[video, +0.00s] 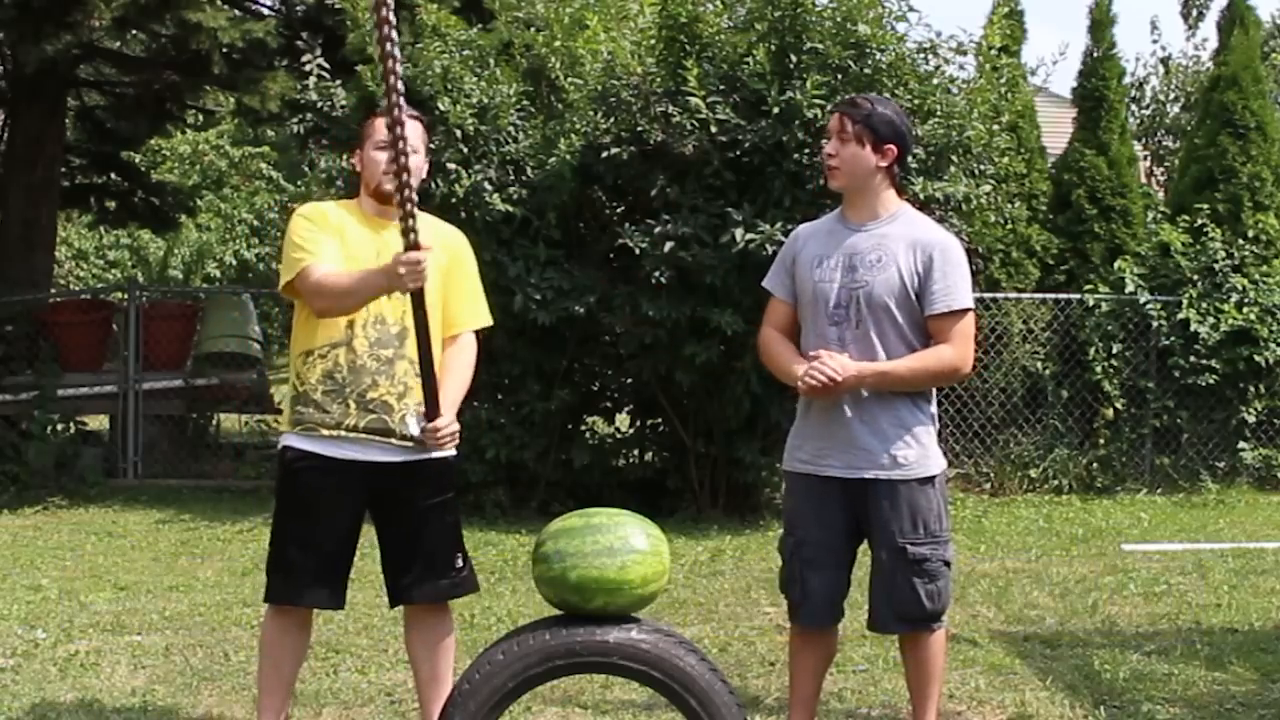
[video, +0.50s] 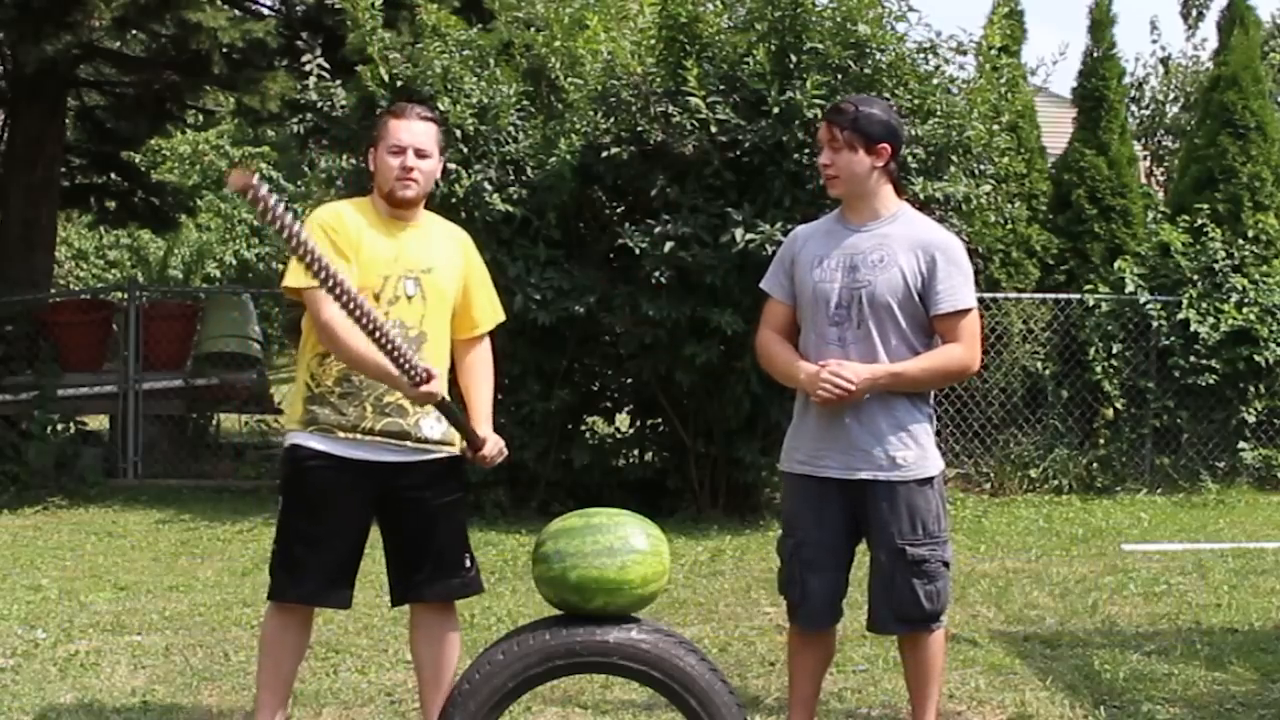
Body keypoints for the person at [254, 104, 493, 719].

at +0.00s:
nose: (398, 157)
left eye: (409, 148)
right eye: (385, 146)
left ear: (426, 163)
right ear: (357, 158)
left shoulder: (448, 240)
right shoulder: (314, 221)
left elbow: (462, 336)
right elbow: (317, 292)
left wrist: (445, 407)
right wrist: (384, 277)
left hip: (417, 453)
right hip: (320, 449)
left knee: (430, 599)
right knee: (292, 600)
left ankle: (438, 715)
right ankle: (271, 715)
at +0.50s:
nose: (409, 164)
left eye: (422, 154)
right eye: (396, 151)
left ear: (440, 167)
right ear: (371, 159)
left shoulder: (456, 245)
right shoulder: (330, 223)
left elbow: (473, 342)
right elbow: (329, 322)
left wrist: (481, 423)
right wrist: (396, 374)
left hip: (425, 454)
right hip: (328, 449)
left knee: (437, 597)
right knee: (295, 595)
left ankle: (439, 716)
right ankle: (269, 714)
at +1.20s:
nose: (383, 149)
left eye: (398, 141)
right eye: (371, 139)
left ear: (420, 159)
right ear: (353, 155)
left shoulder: (450, 238)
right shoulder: (315, 225)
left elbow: (481, 317)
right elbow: (307, 324)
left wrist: (486, 371)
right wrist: (391, 343)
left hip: (419, 451)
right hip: (322, 449)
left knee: (430, 599)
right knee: (291, 598)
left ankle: (438, 716)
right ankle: (269, 715)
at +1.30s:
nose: (382, 147)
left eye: (395, 139)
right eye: (370, 138)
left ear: (417, 156)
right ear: (345, 155)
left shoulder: (448, 233)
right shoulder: (310, 227)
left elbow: (487, 311)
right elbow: (306, 327)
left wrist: (469, 292)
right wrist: (391, 340)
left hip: (419, 450)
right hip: (321, 447)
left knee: (428, 599)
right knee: (290, 597)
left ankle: (438, 716)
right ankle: (269, 715)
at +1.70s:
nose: (382, 146)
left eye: (392, 137)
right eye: (368, 138)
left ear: (407, 152)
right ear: (342, 154)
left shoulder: (442, 228)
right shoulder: (304, 225)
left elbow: (470, 300)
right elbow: (277, 308)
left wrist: (423, 237)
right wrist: (349, 252)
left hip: (420, 443)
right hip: (320, 442)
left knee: (428, 598)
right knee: (291, 597)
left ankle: (438, 715)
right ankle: (269, 714)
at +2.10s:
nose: (391, 157)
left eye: (404, 147)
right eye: (378, 147)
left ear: (427, 159)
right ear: (359, 159)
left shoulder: (455, 235)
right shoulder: (325, 221)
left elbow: (454, 329)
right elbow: (262, 286)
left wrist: (361, 309)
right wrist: (297, 205)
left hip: (420, 450)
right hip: (321, 442)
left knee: (432, 599)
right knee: (293, 595)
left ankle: (438, 717)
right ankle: (269, 715)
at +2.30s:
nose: (387, 167)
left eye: (401, 155)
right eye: (376, 154)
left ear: (428, 161)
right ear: (359, 160)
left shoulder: (461, 238)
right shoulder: (321, 226)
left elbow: (486, 338)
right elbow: (260, 305)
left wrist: (410, 381)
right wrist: (264, 237)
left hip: (423, 454)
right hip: (321, 448)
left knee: (433, 599)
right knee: (292, 593)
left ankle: (437, 717)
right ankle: (270, 713)